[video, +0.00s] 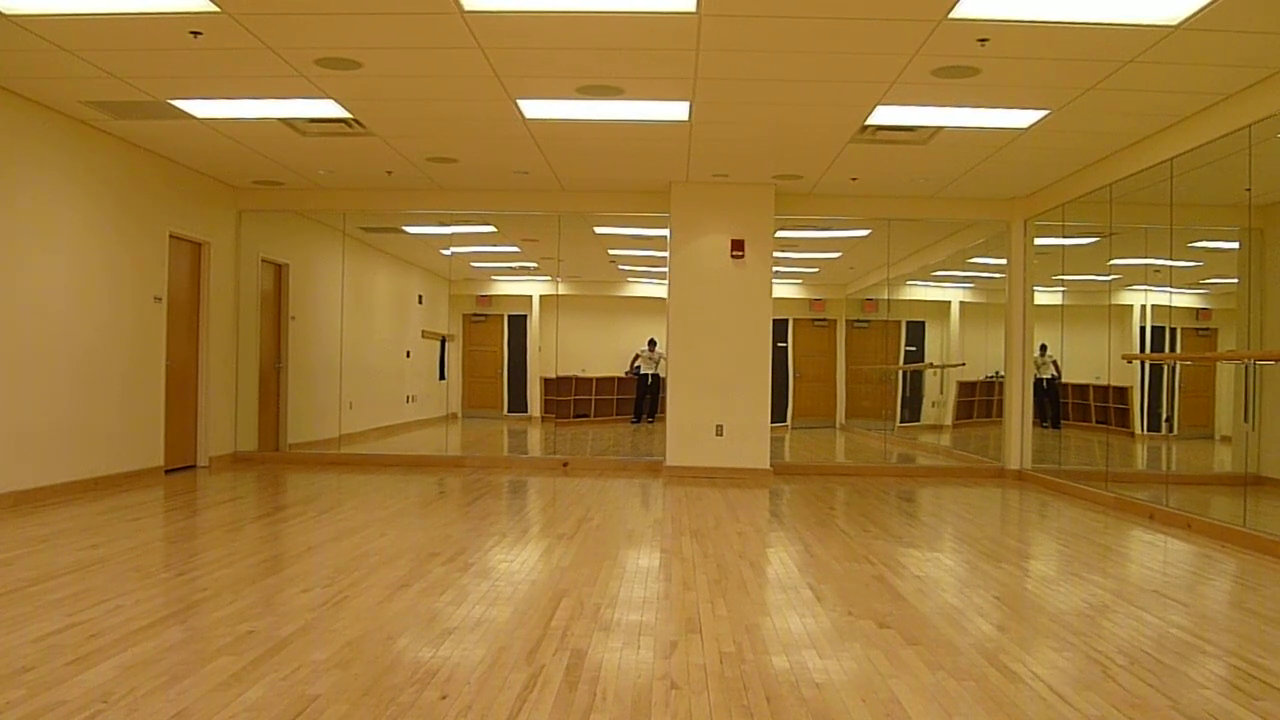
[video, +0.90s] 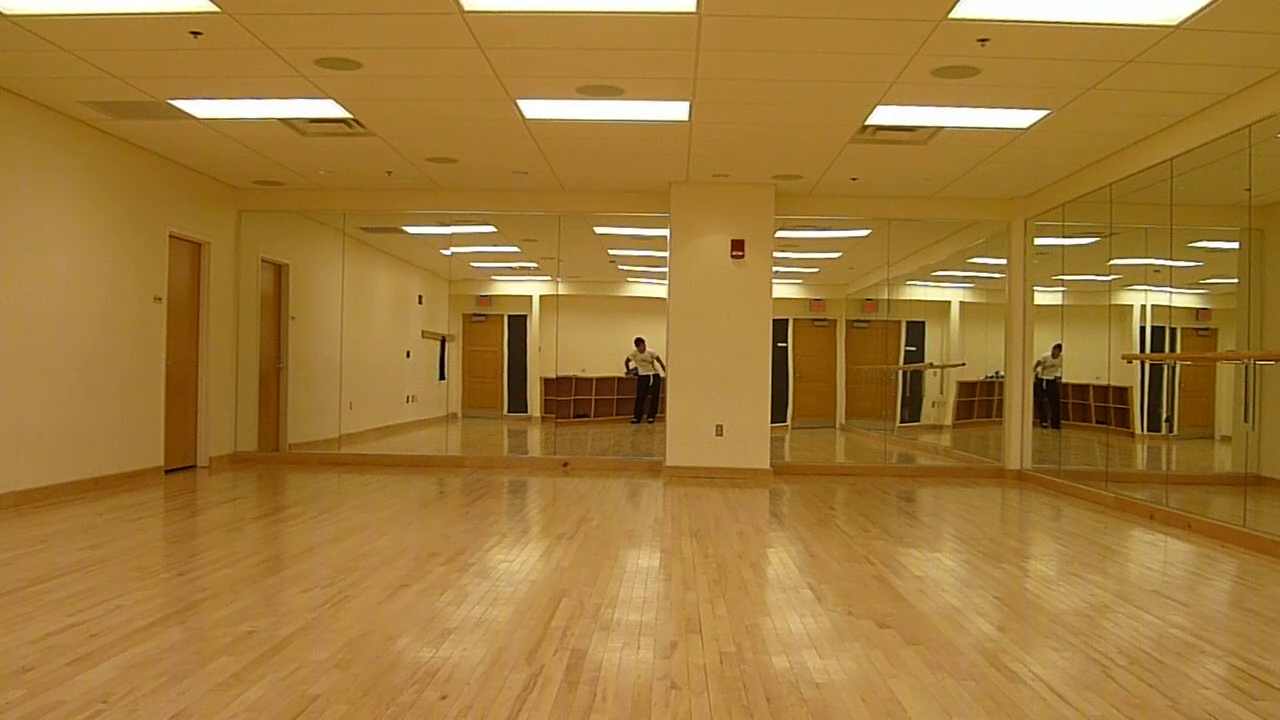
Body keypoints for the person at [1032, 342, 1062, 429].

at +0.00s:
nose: (1042, 353)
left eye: (1044, 351)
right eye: (1041, 351)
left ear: (1047, 351)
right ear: (1039, 350)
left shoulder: (1050, 357)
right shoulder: (1035, 359)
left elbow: (1056, 367)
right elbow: (1034, 369)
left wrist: (1059, 376)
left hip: (1050, 378)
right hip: (1039, 378)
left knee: (1054, 400)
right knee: (1041, 401)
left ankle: (1055, 422)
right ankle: (1043, 421)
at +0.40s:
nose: (1044, 352)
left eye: (1046, 351)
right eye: (1043, 350)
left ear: (1048, 351)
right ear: (1041, 350)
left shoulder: (1053, 359)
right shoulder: (1037, 359)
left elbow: (1059, 367)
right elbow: (1034, 369)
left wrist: (1060, 377)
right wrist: (1034, 378)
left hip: (1051, 378)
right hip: (1040, 378)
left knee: (1054, 400)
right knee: (1041, 401)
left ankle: (1055, 422)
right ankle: (1043, 421)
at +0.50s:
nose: (1045, 352)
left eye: (1047, 351)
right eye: (1044, 350)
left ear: (1049, 351)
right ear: (1042, 350)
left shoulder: (1053, 358)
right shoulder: (1038, 358)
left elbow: (1059, 367)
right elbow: (1034, 368)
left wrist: (1060, 376)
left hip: (1051, 378)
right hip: (1040, 378)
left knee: (1054, 400)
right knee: (1041, 401)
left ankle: (1055, 422)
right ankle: (1043, 421)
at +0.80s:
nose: (1052, 353)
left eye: (1054, 351)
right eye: (1051, 350)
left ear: (1057, 352)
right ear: (1049, 350)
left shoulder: (1059, 358)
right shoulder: (1043, 358)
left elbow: (1062, 367)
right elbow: (1035, 367)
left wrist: (1060, 376)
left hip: (1052, 379)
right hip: (1041, 379)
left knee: (1055, 401)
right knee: (1041, 400)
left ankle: (1055, 422)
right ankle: (1043, 420)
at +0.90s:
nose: (1055, 353)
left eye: (1058, 352)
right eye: (1054, 351)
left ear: (1060, 352)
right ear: (1052, 350)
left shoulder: (1060, 359)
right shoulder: (1045, 357)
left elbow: (1061, 367)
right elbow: (1037, 364)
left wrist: (1060, 376)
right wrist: (1035, 371)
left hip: (1052, 379)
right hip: (1042, 379)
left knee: (1055, 401)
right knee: (1041, 400)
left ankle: (1055, 422)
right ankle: (1043, 420)